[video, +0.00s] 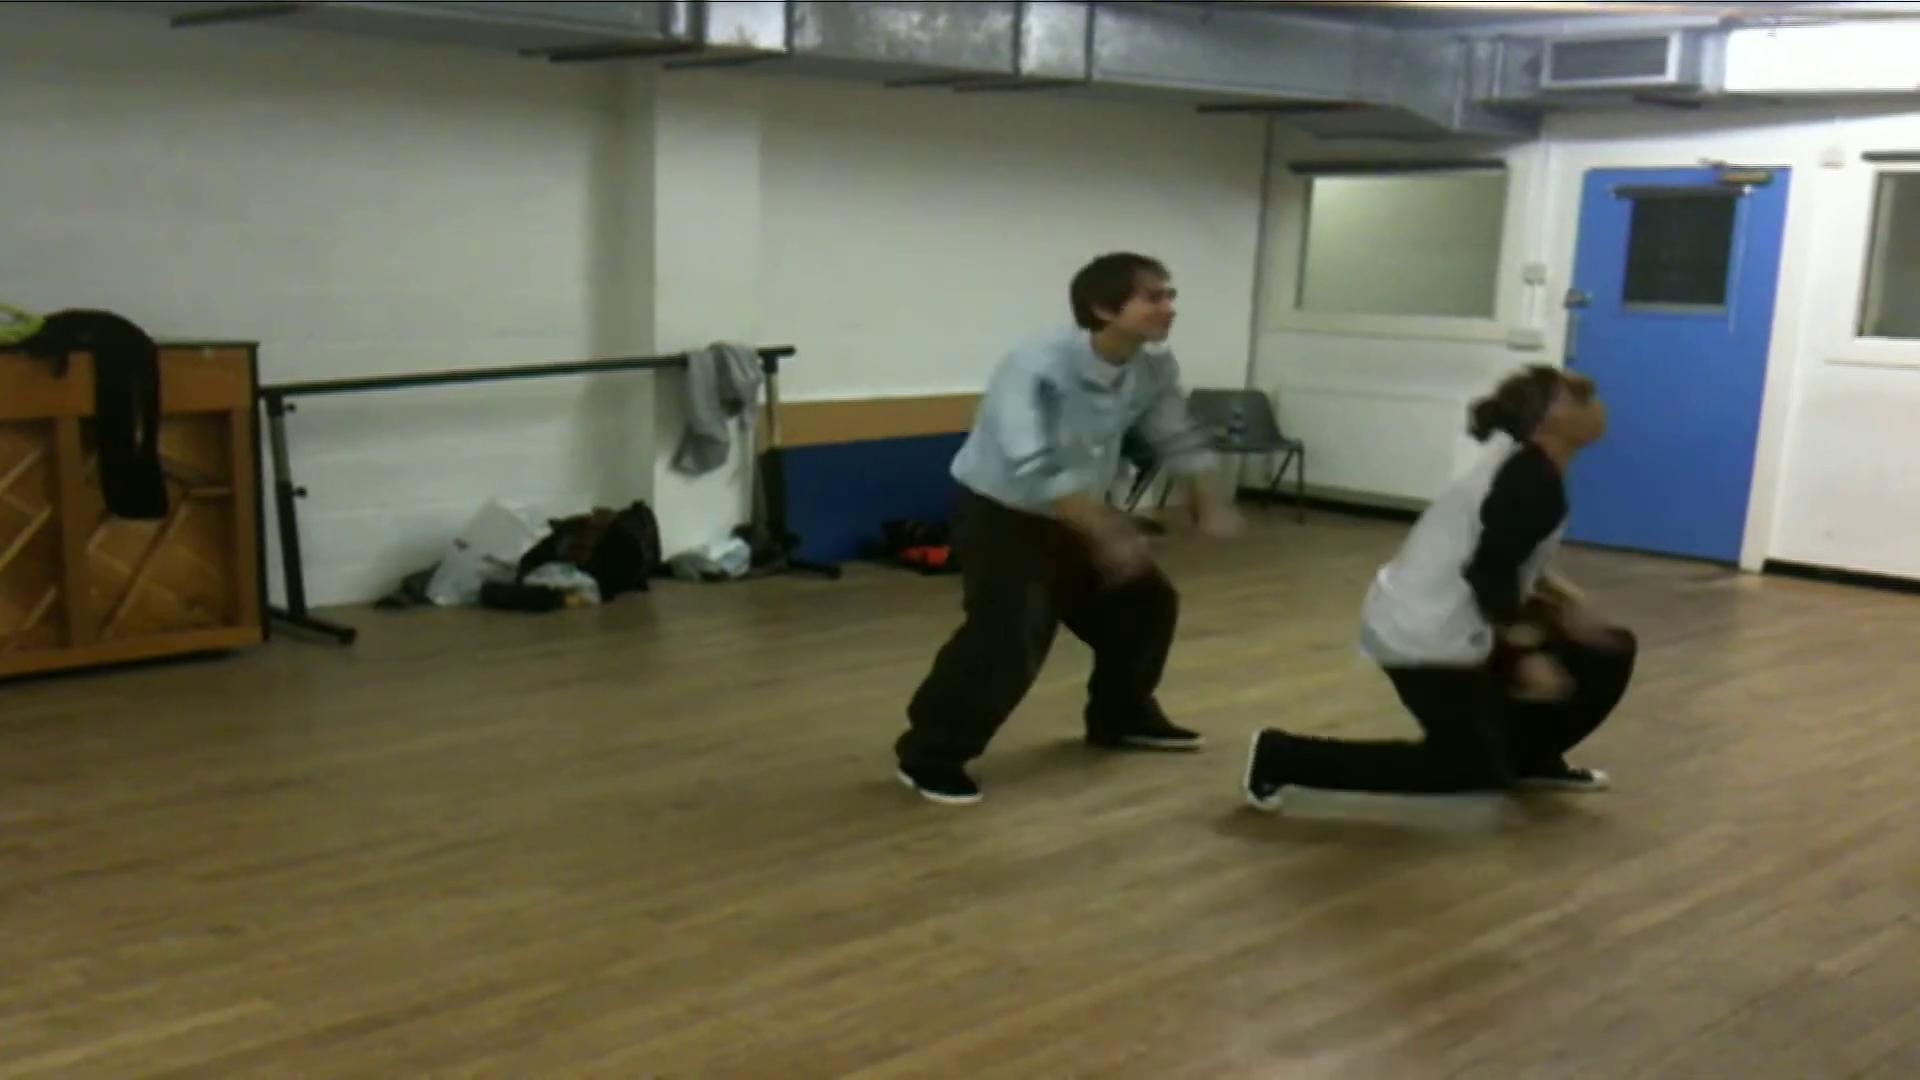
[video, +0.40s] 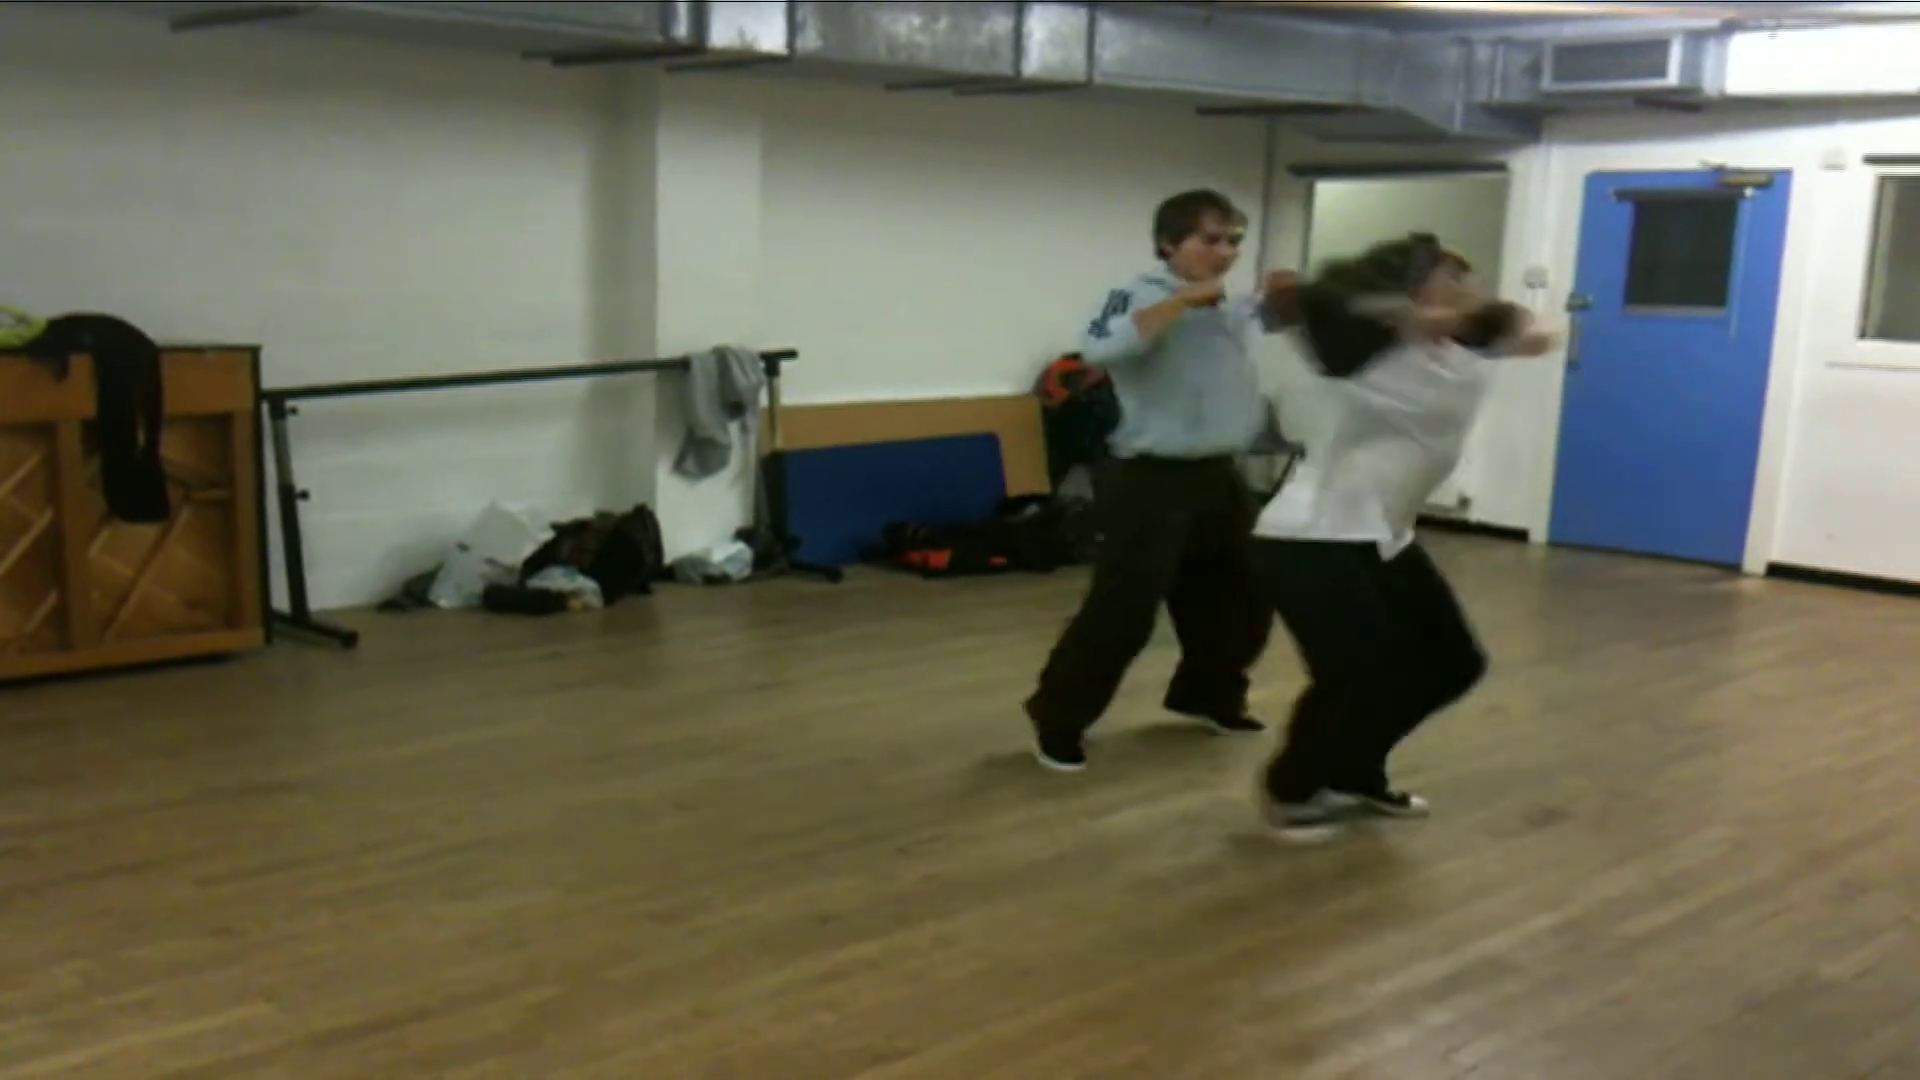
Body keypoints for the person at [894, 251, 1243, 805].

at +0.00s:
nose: (1169, 307)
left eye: (1168, 296)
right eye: (1154, 298)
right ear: (1105, 311)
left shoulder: (1153, 369)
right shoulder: (1035, 367)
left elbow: (1180, 443)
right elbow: (1031, 473)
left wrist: (1209, 501)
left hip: (1068, 520)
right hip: (999, 515)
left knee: (1144, 605)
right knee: (1012, 630)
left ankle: (1121, 716)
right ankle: (930, 751)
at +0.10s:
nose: (1192, 285)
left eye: (1193, 274)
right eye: (1177, 275)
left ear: (1190, 283)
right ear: (1134, 286)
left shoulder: (1193, 344)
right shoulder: (1080, 341)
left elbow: (1243, 390)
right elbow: (1093, 420)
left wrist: (1275, 412)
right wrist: (1198, 430)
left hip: (1103, 502)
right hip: (1031, 498)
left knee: (1143, 608)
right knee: (1023, 622)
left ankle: (1110, 715)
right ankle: (941, 742)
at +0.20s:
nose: (1203, 269)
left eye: (1207, 258)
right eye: (1189, 258)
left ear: (1212, 264)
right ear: (1148, 266)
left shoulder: (1210, 311)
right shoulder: (1113, 316)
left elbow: (1272, 323)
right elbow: (1113, 370)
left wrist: (1286, 318)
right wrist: (1220, 340)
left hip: (1130, 482)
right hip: (1067, 480)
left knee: (1166, 594)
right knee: (1074, 598)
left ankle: (1119, 707)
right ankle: (1010, 698)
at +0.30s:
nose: (1211, 255)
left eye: (1216, 245)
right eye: (1198, 244)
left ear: (1217, 252)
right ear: (1156, 249)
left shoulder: (1215, 305)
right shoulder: (1126, 295)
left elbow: (1278, 311)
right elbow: (1106, 347)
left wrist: (1268, 302)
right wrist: (1188, 303)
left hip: (1171, 474)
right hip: (1101, 475)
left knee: (1215, 582)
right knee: (1104, 605)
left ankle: (1160, 682)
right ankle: (1049, 727)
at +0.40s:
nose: (1227, 251)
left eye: (1232, 242)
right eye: (1215, 240)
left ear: (1236, 247)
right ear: (1175, 244)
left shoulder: (1231, 309)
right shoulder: (1140, 297)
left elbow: (1275, 317)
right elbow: (1096, 350)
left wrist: (1286, 300)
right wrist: (1182, 301)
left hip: (1214, 476)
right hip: (1148, 479)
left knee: (1235, 596)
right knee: (1122, 609)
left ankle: (1205, 691)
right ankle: (1058, 717)